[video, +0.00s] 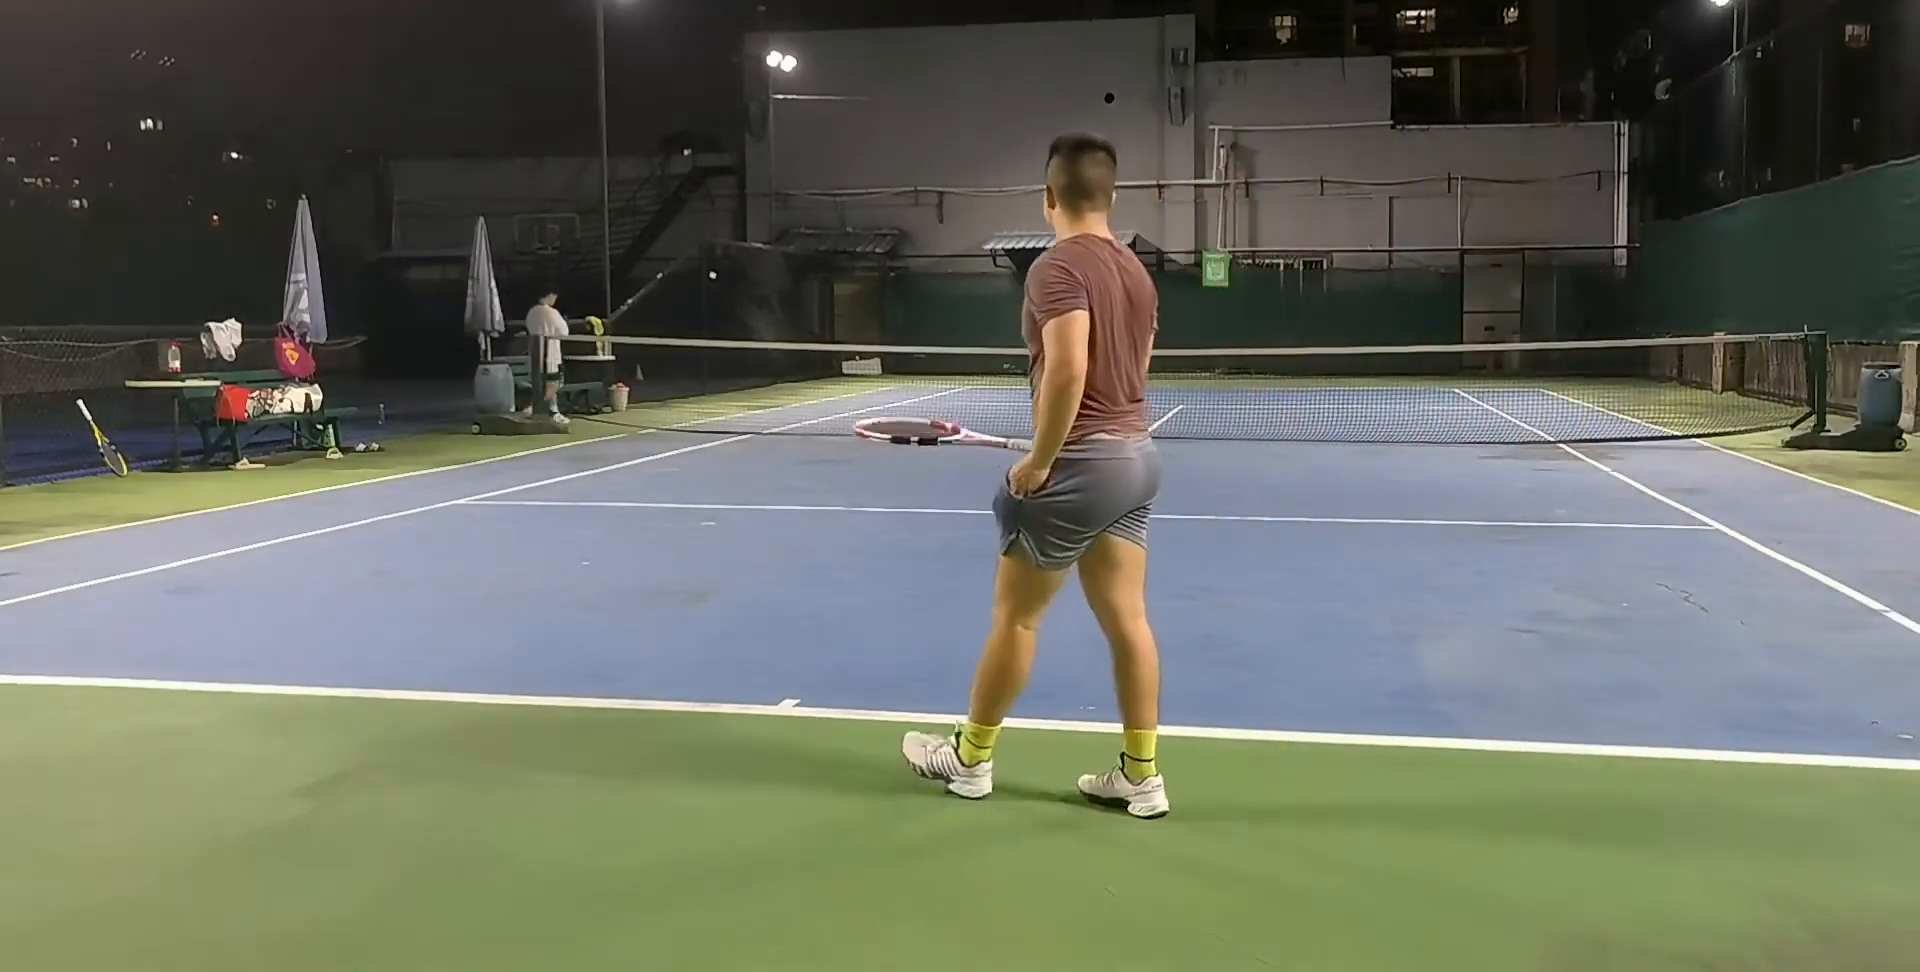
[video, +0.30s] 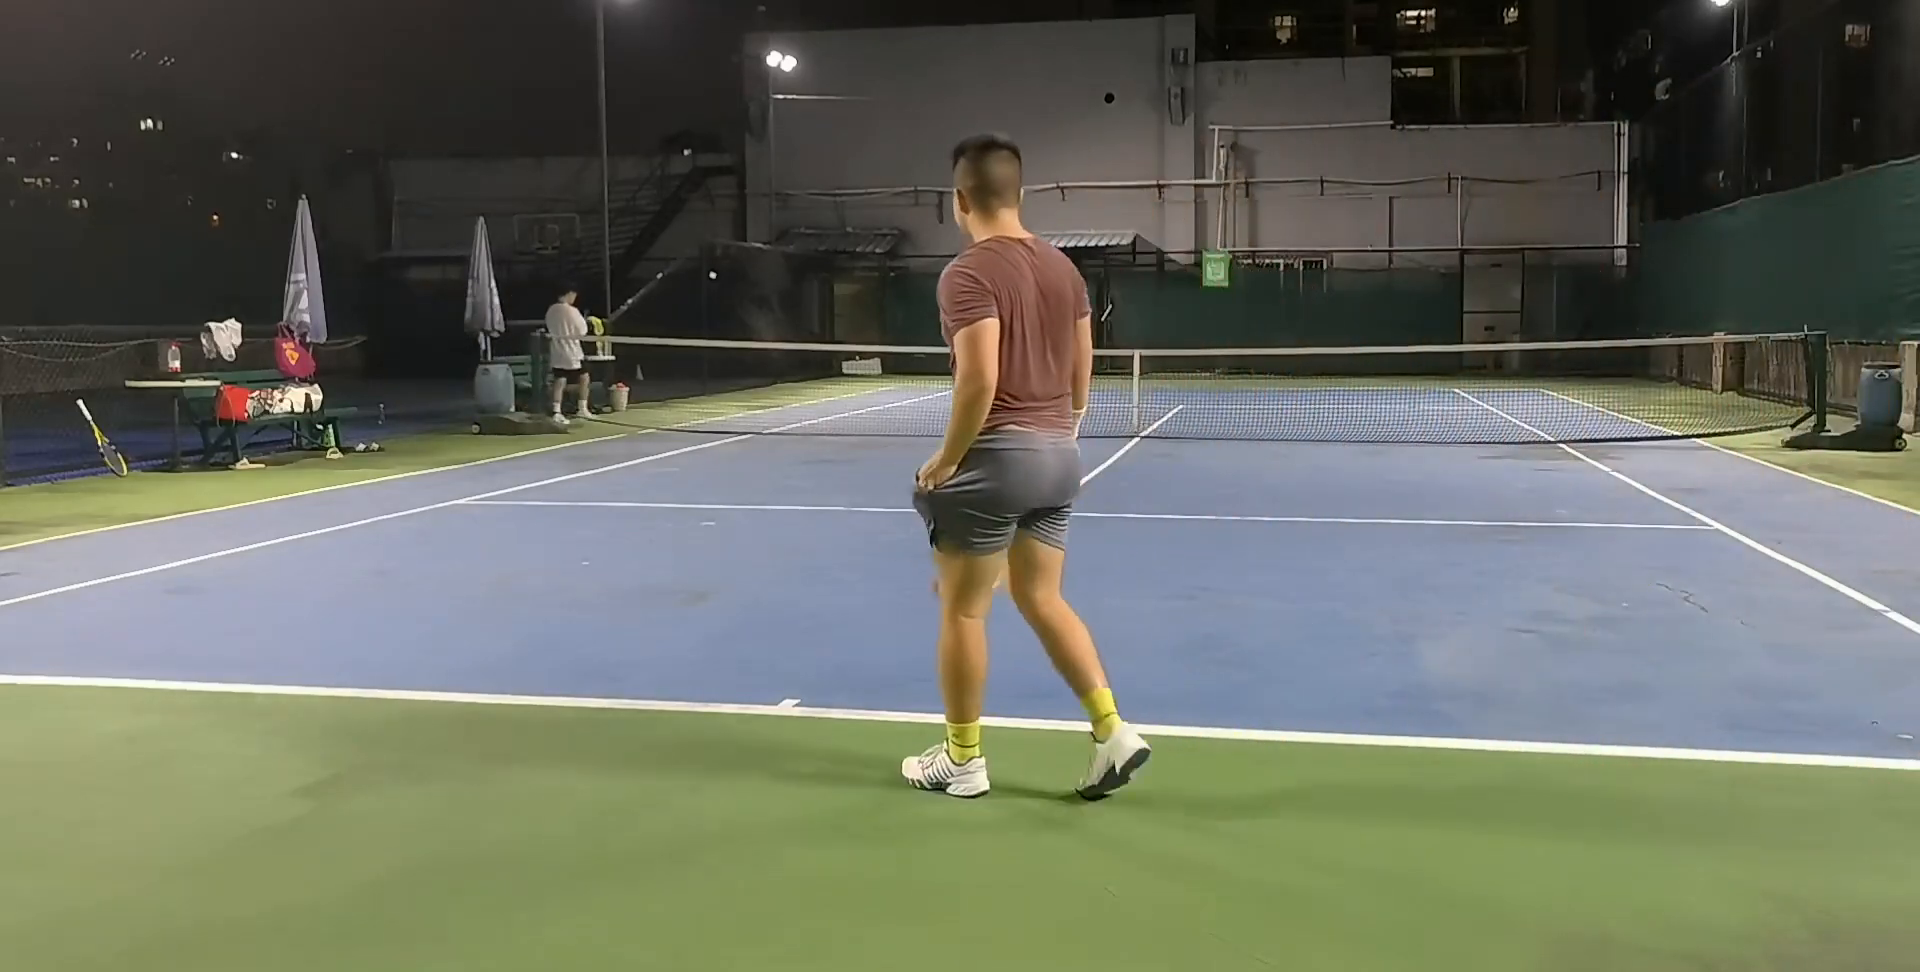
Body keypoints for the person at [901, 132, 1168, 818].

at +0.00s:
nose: (1044, 204)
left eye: (1044, 195)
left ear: (1049, 197)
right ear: (1113, 198)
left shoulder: (1056, 269)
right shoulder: (1136, 273)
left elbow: (1068, 370)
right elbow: (1129, 379)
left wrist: (1040, 459)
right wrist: (1051, 434)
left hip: (1076, 461)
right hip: (1134, 455)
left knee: (1016, 615)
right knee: (1126, 615)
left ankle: (970, 757)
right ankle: (1140, 774)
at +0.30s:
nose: (954, 208)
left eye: (954, 199)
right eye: (959, 198)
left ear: (961, 201)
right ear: (1019, 196)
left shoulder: (968, 271)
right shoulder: (1064, 270)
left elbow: (978, 380)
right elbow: (1080, 379)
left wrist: (948, 457)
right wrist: (1058, 436)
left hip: (994, 452)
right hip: (1058, 452)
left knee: (964, 604)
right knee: (1041, 595)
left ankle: (962, 756)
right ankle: (1113, 734)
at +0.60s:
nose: (897, 213)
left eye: (896, 204)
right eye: (900, 205)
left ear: (903, 203)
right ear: (962, 197)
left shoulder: (910, 265)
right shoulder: (1014, 266)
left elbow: (910, 363)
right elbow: (1053, 365)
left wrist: (897, 449)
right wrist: (1079, 439)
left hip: (941, 447)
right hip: (1008, 448)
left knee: (946, 604)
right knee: (969, 588)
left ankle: (962, 760)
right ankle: (972, 735)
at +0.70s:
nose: (887, 214)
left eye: (886, 206)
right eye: (891, 206)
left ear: (893, 205)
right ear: (951, 201)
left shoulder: (895, 265)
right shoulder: (1002, 268)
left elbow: (884, 355)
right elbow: (1040, 369)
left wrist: (880, 438)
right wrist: (1067, 444)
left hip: (926, 446)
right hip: (996, 449)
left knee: (943, 608)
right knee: (947, 599)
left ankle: (963, 759)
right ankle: (921, 721)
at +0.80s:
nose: (880, 214)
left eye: (880, 206)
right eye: (886, 206)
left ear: (887, 207)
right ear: (945, 204)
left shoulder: (881, 266)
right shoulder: (989, 273)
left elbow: (859, 351)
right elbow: (1025, 373)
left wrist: (855, 434)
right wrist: (1045, 451)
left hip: (911, 447)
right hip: (981, 451)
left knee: (933, 609)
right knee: (935, 596)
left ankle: (962, 759)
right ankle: (903, 722)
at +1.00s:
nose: (869, 211)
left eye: (869, 203)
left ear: (876, 206)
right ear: (934, 205)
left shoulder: (861, 263)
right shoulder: (967, 279)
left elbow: (829, 352)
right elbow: (990, 377)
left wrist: (809, 426)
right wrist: (984, 448)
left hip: (886, 446)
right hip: (952, 448)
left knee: (880, 602)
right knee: (918, 589)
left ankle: (948, 741)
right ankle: (901, 723)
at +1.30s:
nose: (838, 209)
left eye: (838, 201)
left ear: (843, 204)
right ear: (900, 202)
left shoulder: (819, 270)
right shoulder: (939, 275)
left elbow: (803, 367)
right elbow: (956, 370)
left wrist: (796, 450)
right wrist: (920, 413)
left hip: (845, 440)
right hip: (917, 441)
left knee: (805, 582)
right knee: (906, 587)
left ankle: (800, 729)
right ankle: (902, 727)